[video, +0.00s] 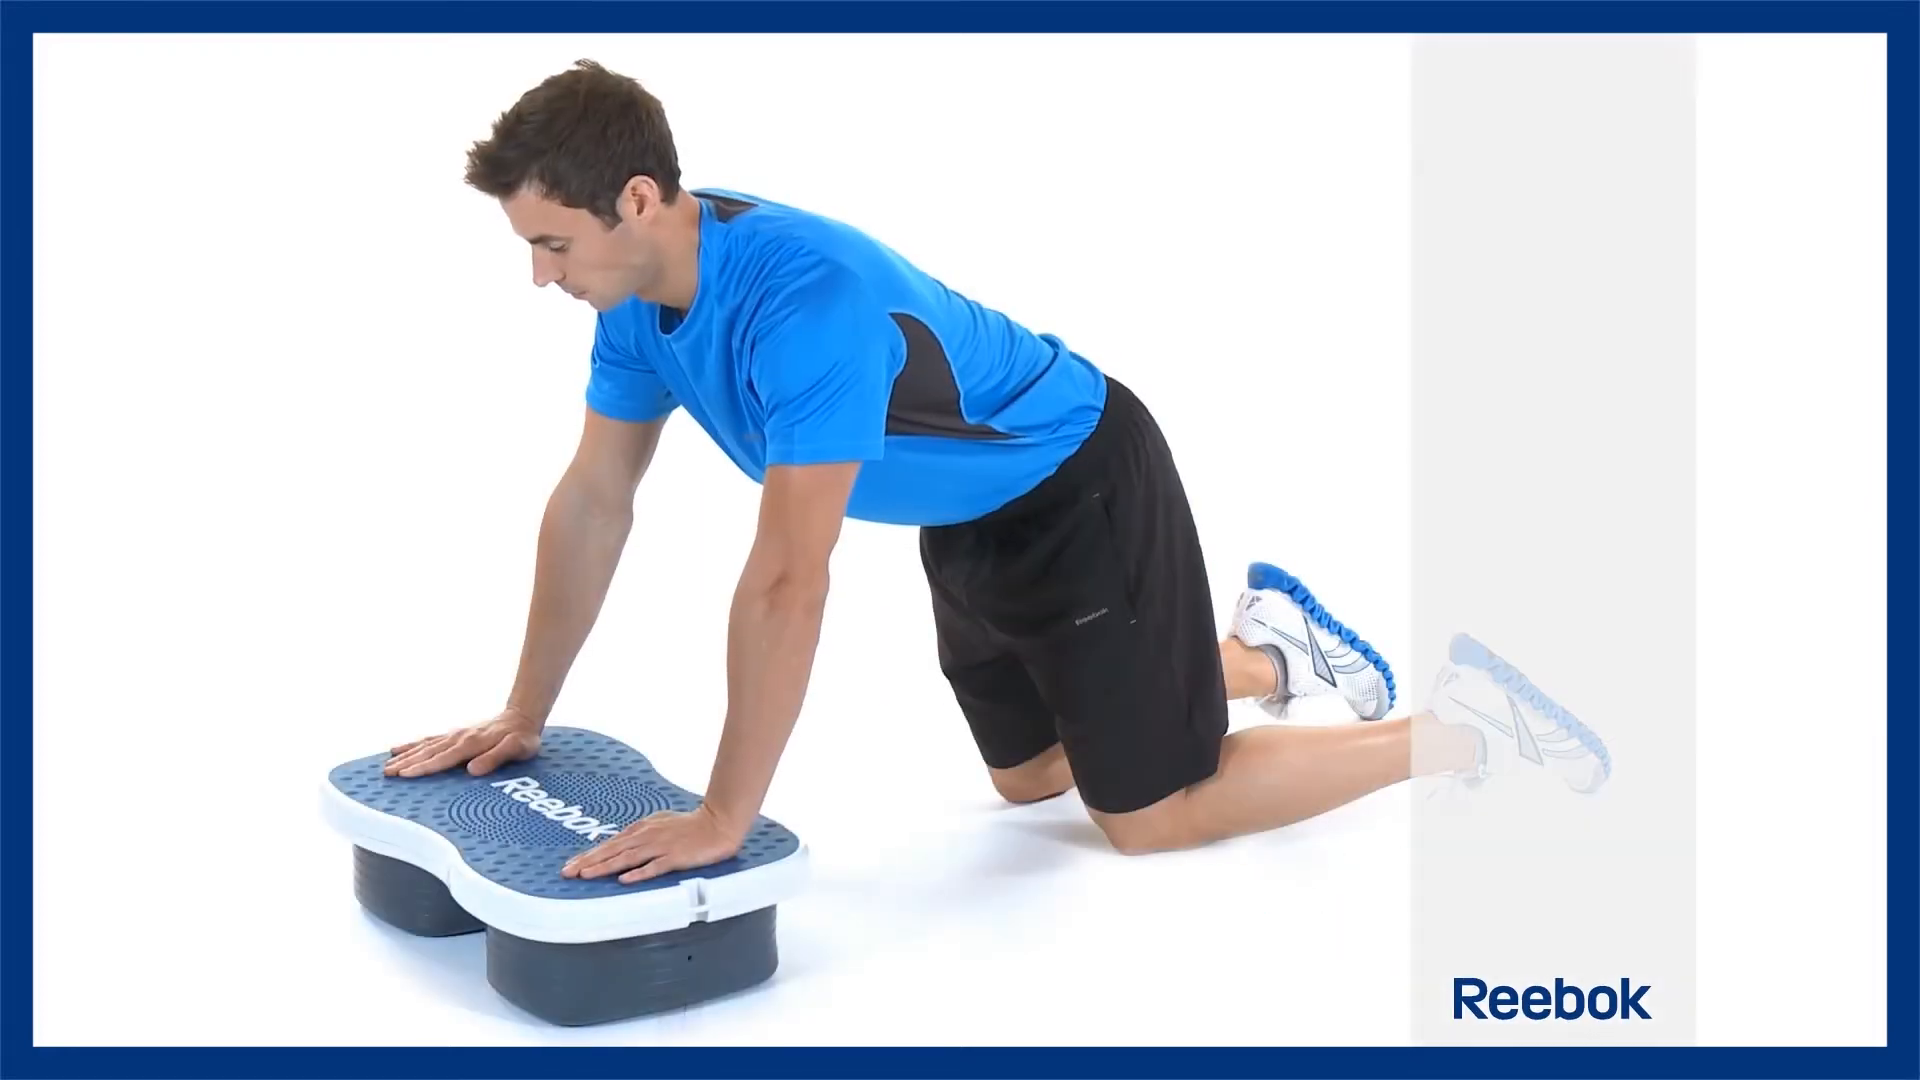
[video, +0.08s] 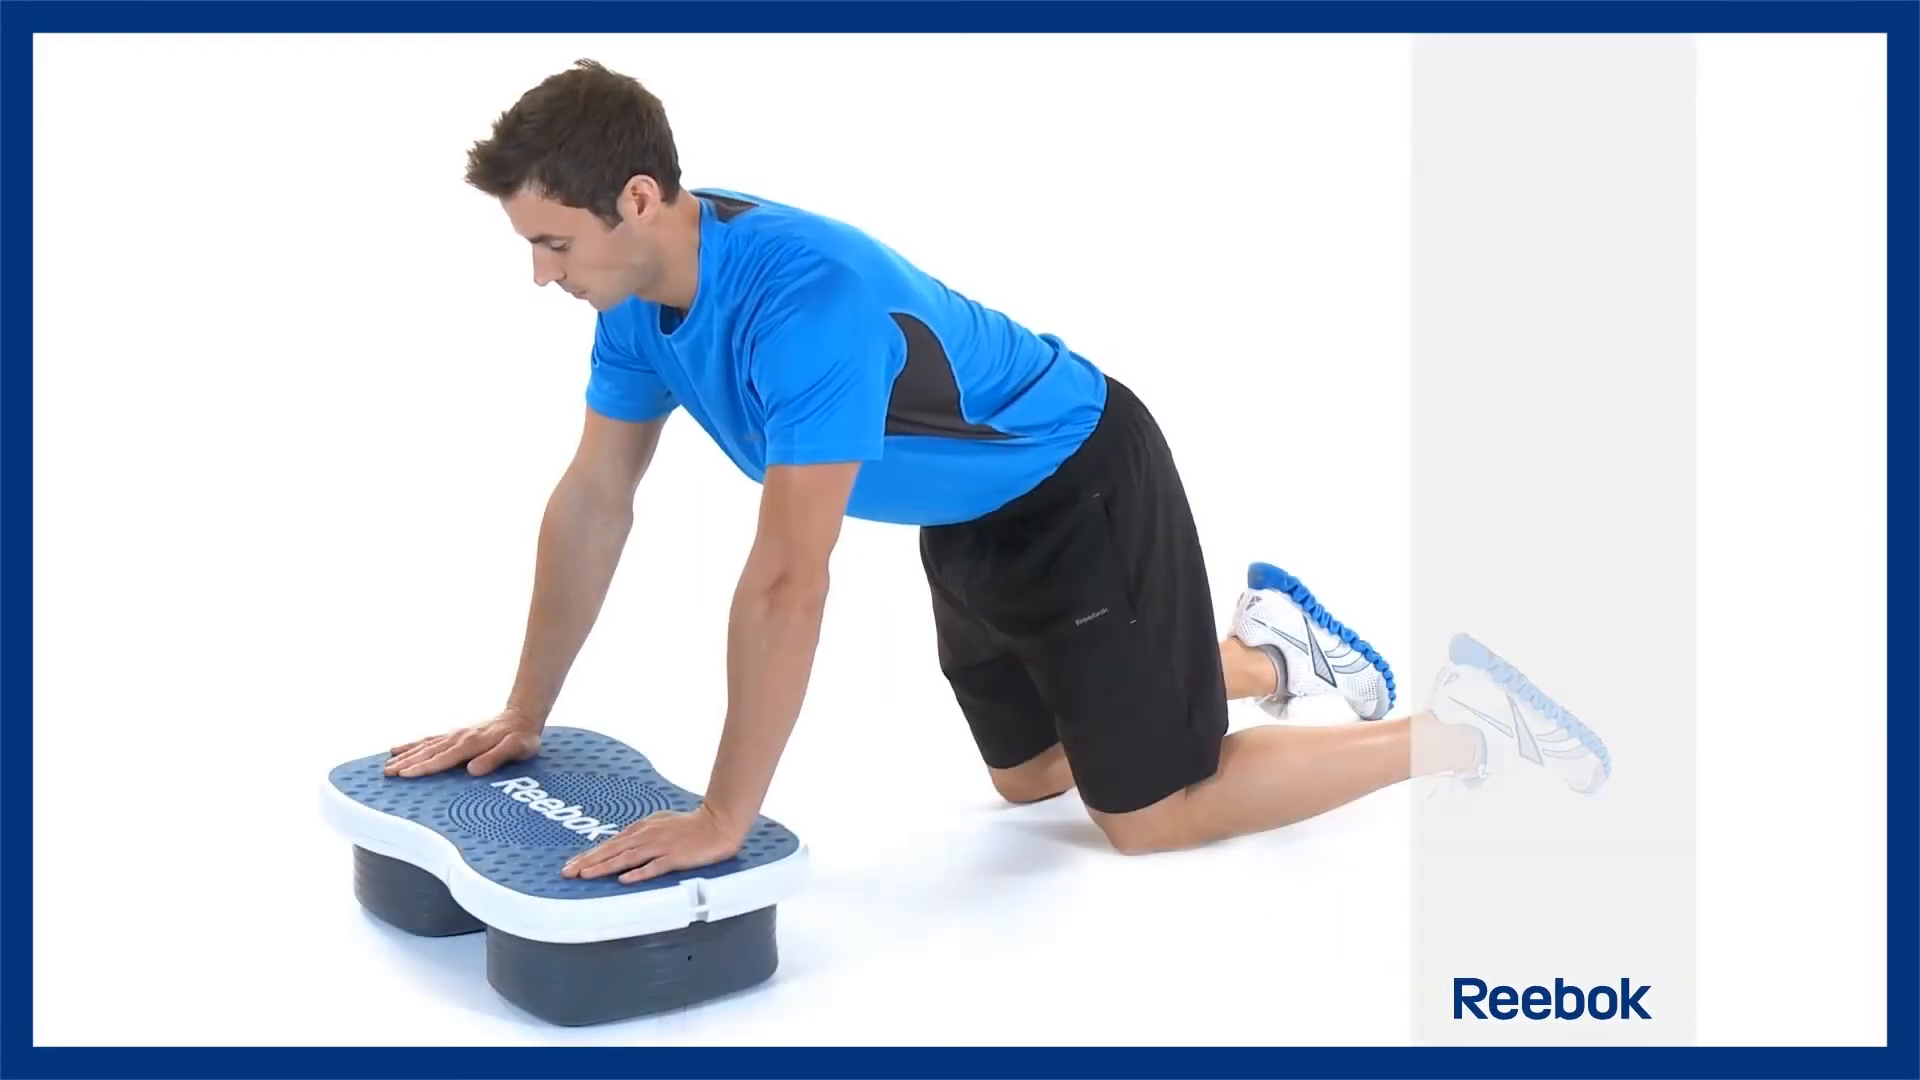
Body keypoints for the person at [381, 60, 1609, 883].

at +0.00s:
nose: (539, 275)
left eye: (550, 245)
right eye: (527, 249)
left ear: (641, 201)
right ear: (611, 213)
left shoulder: (804, 302)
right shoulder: (636, 310)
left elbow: (787, 583)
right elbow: (590, 510)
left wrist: (727, 814)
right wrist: (526, 715)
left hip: (1077, 477)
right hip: (958, 517)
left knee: (1154, 808)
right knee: (1039, 778)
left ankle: (1450, 733)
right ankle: (1263, 659)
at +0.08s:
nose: (540, 273)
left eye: (550, 243)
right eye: (528, 247)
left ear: (641, 200)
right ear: (611, 213)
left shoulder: (804, 302)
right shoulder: (636, 310)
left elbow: (788, 583)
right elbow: (590, 509)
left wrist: (727, 814)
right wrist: (525, 715)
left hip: (1077, 477)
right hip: (958, 516)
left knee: (1154, 807)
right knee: (1039, 777)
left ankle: (1449, 734)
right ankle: (1262, 659)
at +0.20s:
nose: (539, 271)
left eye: (550, 241)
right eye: (528, 245)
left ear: (641, 199)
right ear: (611, 212)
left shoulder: (802, 302)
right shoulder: (636, 310)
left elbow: (787, 584)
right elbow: (590, 509)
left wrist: (726, 815)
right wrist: (526, 715)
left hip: (1076, 476)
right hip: (959, 515)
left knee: (1153, 807)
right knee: (1039, 777)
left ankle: (1450, 735)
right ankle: (1264, 659)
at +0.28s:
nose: (539, 270)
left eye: (549, 240)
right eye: (527, 244)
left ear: (641, 199)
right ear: (611, 212)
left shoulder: (805, 302)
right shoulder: (635, 310)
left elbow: (788, 582)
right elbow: (589, 509)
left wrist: (726, 815)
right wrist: (526, 714)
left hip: (1077, 477)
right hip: (958, 516)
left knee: (1152, 807)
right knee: (1038, 776)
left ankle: (1450, 735)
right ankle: (1264, 659)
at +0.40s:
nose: (539, 271)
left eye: (550, 241)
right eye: (528, 245)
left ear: (642, 200)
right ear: (611, 213)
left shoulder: (806, 301)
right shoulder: (635, 310)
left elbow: (788, 581)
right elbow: (589, 509)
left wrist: (727, 814)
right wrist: (526, 714)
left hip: (1076, 476)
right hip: (958, 517)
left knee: (1152, 807)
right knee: (1038, 777)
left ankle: (1449, 734)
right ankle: (1262, 659)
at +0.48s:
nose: (539, 271)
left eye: (550, 241)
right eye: (528, 245)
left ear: (642, 200)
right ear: (611, 213)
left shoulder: (805, 301)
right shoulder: (635, 310)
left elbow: (789, 580)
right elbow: (589, 508)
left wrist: (727, 814)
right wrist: (526, 714)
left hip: (1077, 476)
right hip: (958, 516)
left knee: (1152, 807)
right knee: (1038, 777)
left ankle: (1449, 734)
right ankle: (1262, 659)